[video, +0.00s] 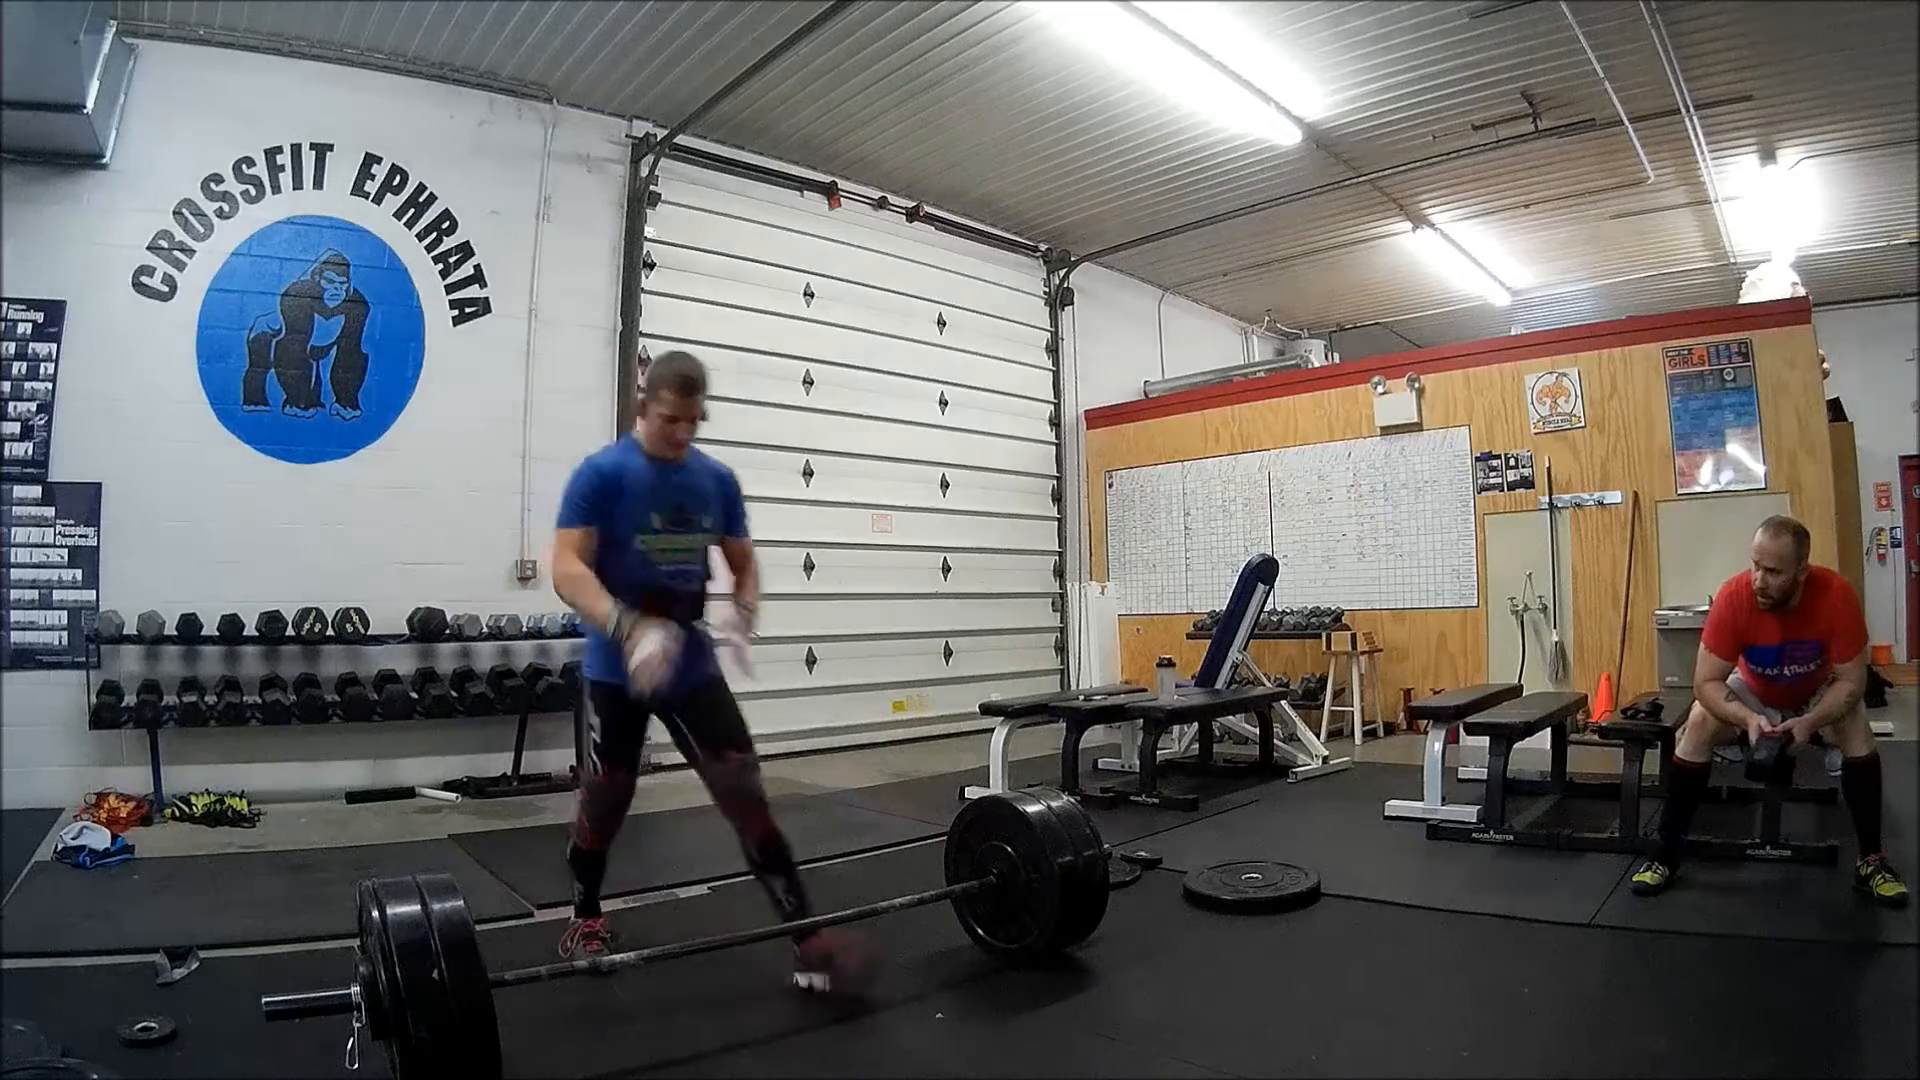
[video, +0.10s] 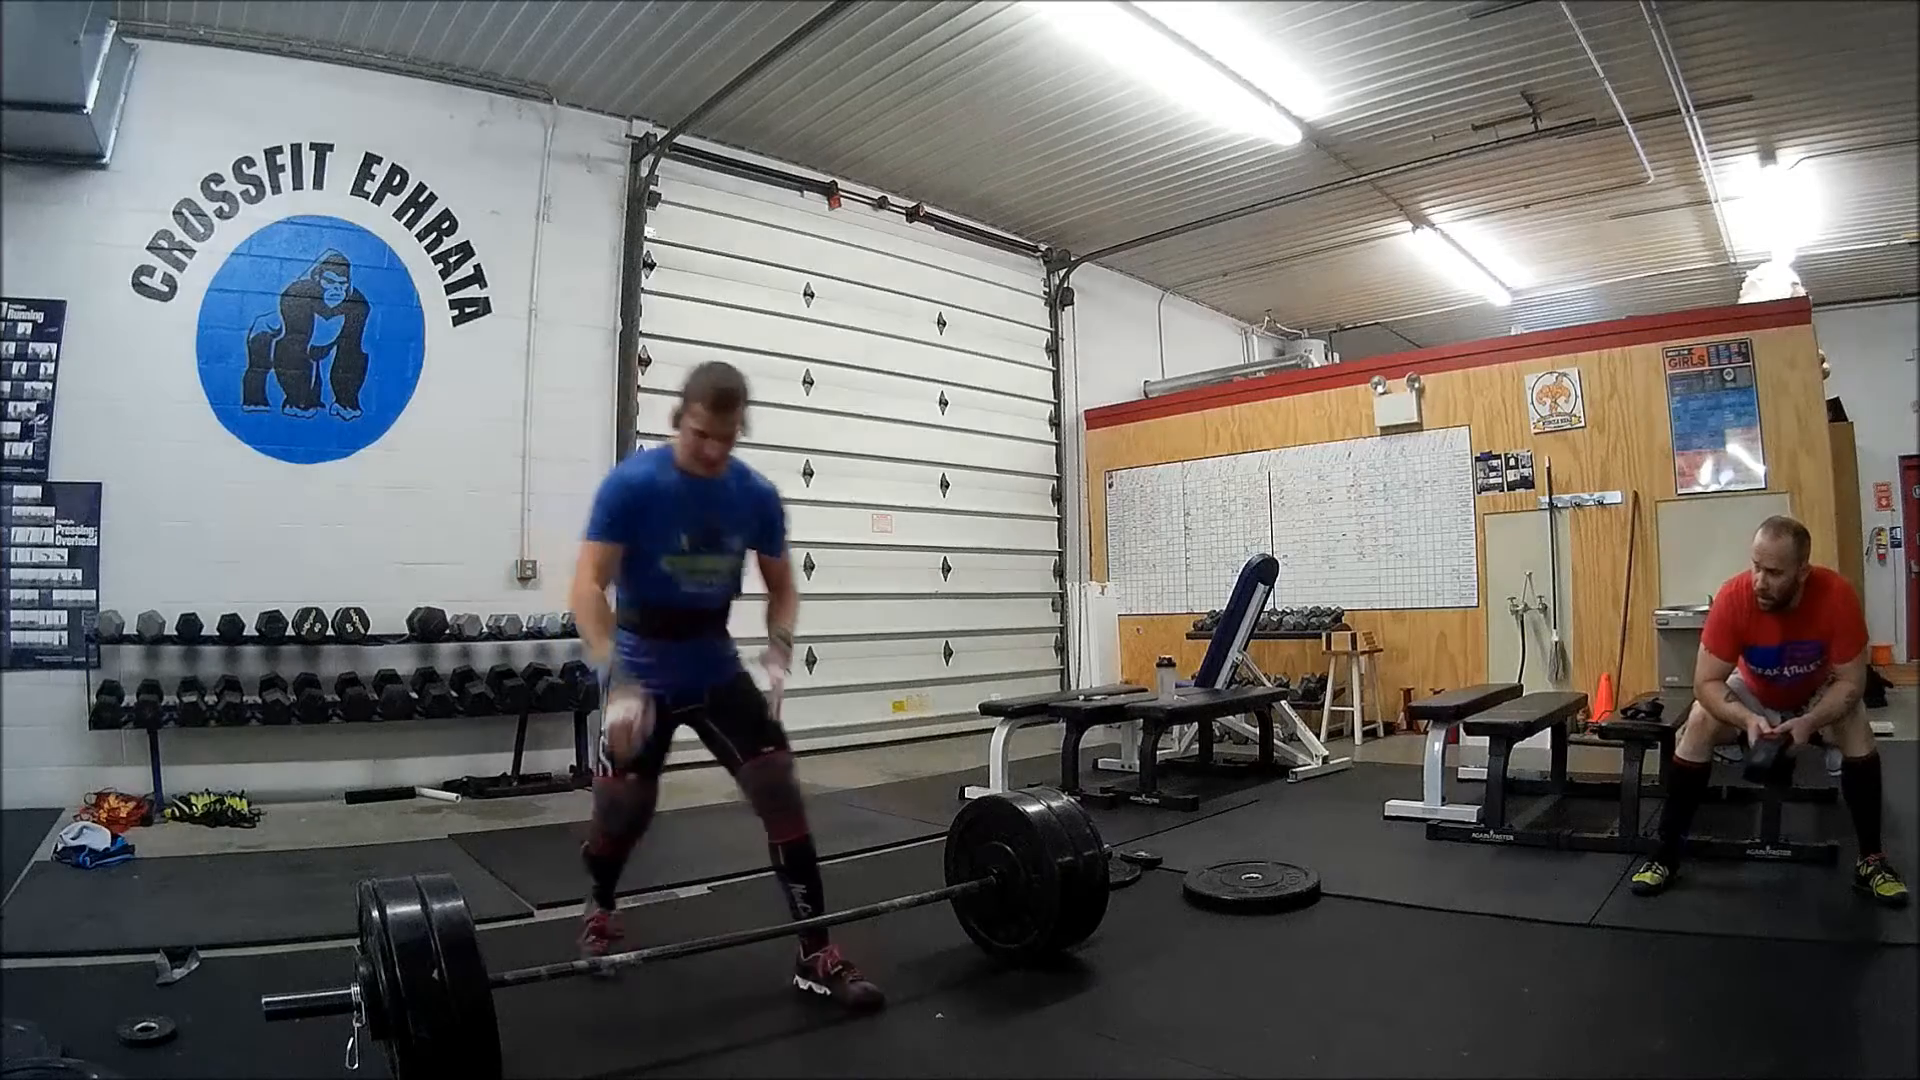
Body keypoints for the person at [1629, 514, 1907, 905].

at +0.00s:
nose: (1759, 580)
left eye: (1772, 572)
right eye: (1755, 566)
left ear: (1803, 570)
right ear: (1750, 558)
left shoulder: (1835, 595)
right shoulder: (1733, 597)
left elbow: (1851, 681)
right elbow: (1706, 683)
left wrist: (1810, 721)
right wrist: (1746, 719)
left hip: (1816, 695)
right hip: (1752, 694)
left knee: (1854, 723)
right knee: (1698, 722)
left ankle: (1871, 860)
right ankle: (1665, 857)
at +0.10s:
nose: (1760, 581)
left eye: (1773, 573)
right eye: (1756, 567)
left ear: (1803, 570)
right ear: (1751, 559)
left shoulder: (1836, 595)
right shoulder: (1733, 597)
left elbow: (1851, 682)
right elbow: (1706, 683)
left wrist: (1810, 721)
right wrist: (1746, 719)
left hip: (1816, 695)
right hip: (1752, 695)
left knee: (1854, 722)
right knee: (1698, 721)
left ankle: (1871, 860)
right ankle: (1665, 857)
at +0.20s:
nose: (1760, 582)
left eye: (1773, 573)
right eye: (1756, 568)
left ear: (1803, 570)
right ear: (1750, 560)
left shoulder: (1836, 596)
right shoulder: (1733, 598)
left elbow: (1851, 682)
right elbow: (1706, 683)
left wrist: (1808, 722)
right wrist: (1745, 719)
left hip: (1816, 696)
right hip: (1752, 695)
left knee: (1854, 723)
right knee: (1698, 722)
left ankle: (1871, 860)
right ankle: (1665, 857)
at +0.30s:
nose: (1759, 582)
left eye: (1772, 574)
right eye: (1755, 568)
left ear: (1802, 570)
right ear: (1749, 560)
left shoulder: (1836, 596)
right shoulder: (1733, 598)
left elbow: (1850, 683)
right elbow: (1705, 683)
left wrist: (1807, 723)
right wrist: (1744, 719)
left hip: (1815, 696)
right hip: (1752, 694)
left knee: (1853, 722)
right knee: (1697, 721)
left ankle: (1871, 859)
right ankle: (1665, 857)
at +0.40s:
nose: (1758, 583)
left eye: (1771, 574)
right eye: (1753, 569)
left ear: (1800, 570)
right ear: (1748, 560)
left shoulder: (1835, 596)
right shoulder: (1732, 597)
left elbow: (1850, 684)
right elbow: (1704, 683)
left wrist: (1806, 722)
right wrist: (1743, 718)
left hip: (1815, 696)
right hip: (1752, 694)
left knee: (1853, 722)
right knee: (1697, 721)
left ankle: (1871, 859)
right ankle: (1665, 857)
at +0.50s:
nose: (1757, 583)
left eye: (1770, 574)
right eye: (1752, 569)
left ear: (1798, 570)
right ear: (1747, 561)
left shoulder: (1834, 597)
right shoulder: (1731, 598)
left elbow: (1850, 684)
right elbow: (1703, 682)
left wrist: (1806, 722)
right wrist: (1742, 717)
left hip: (1815, 696)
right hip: (1751, 694)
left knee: (1854, 723)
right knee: (1696, 721)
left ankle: (1871, 859)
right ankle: (1665, 856)